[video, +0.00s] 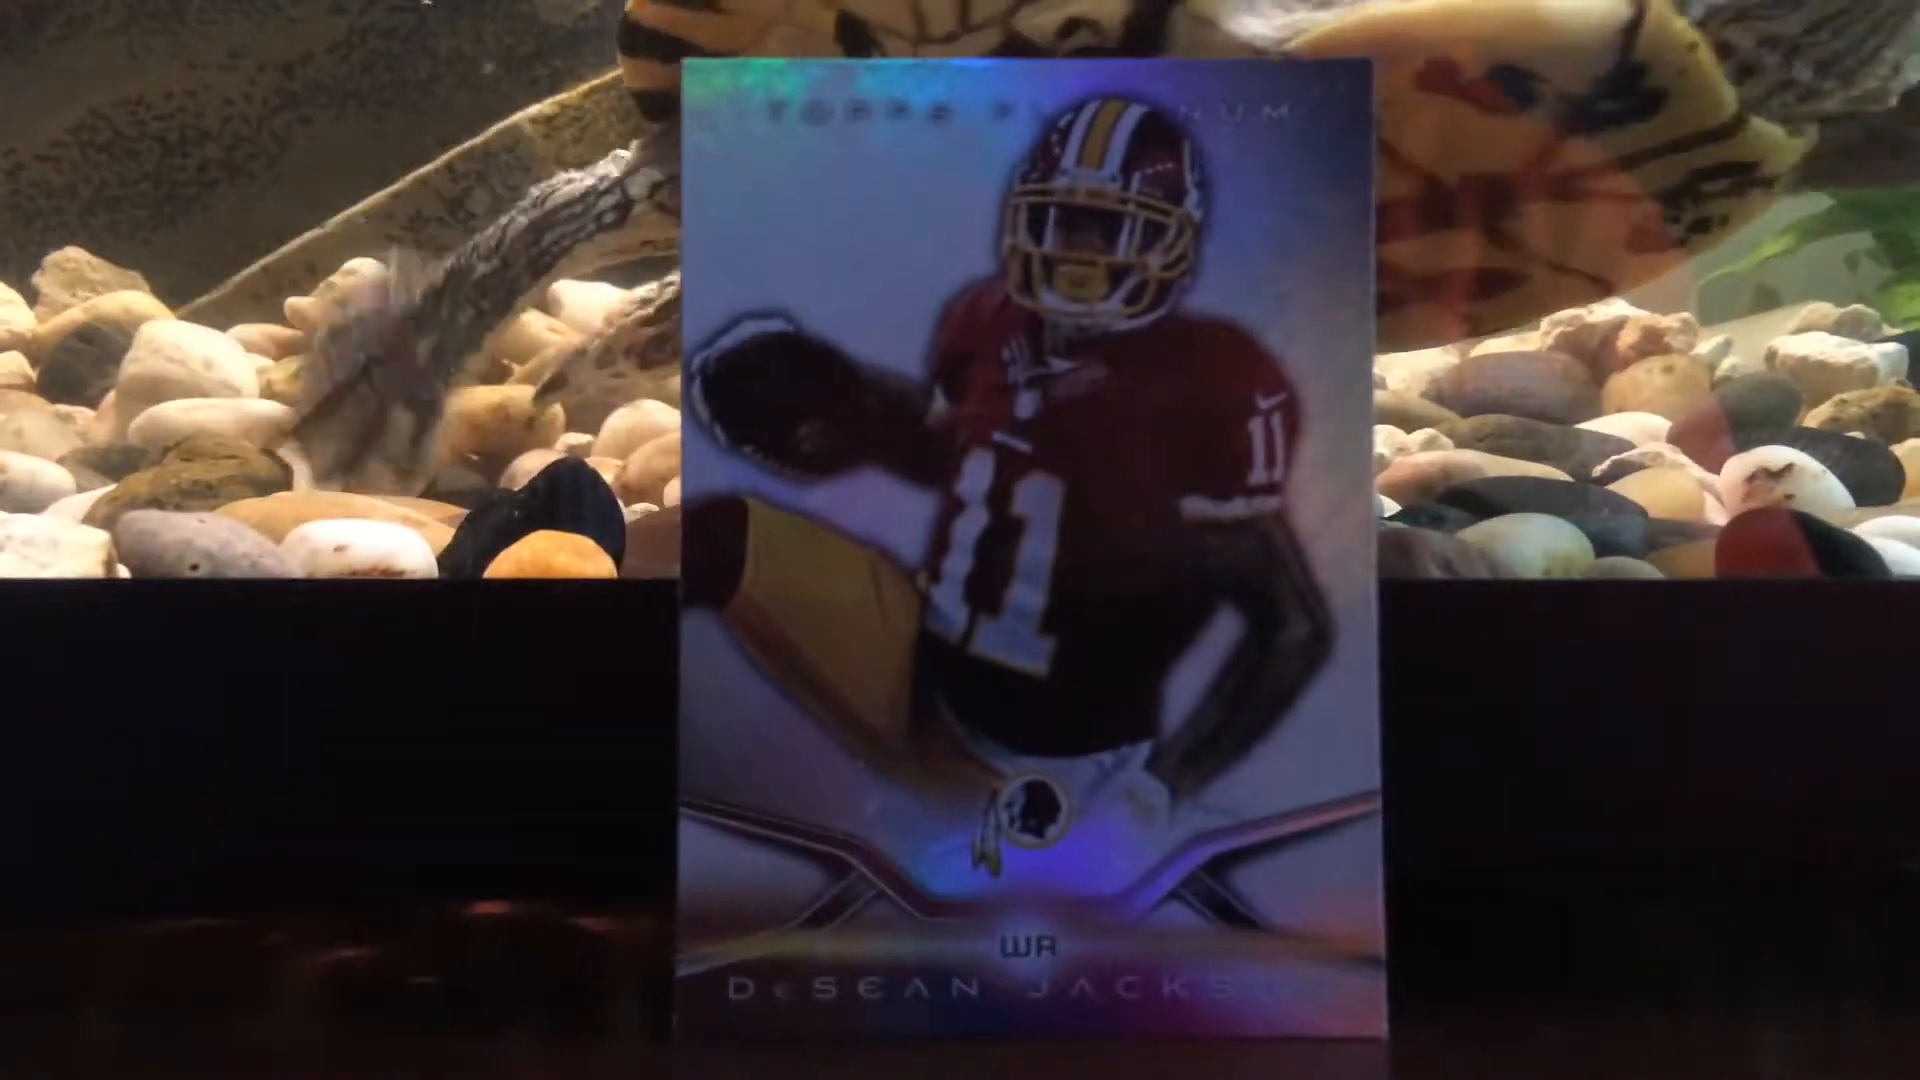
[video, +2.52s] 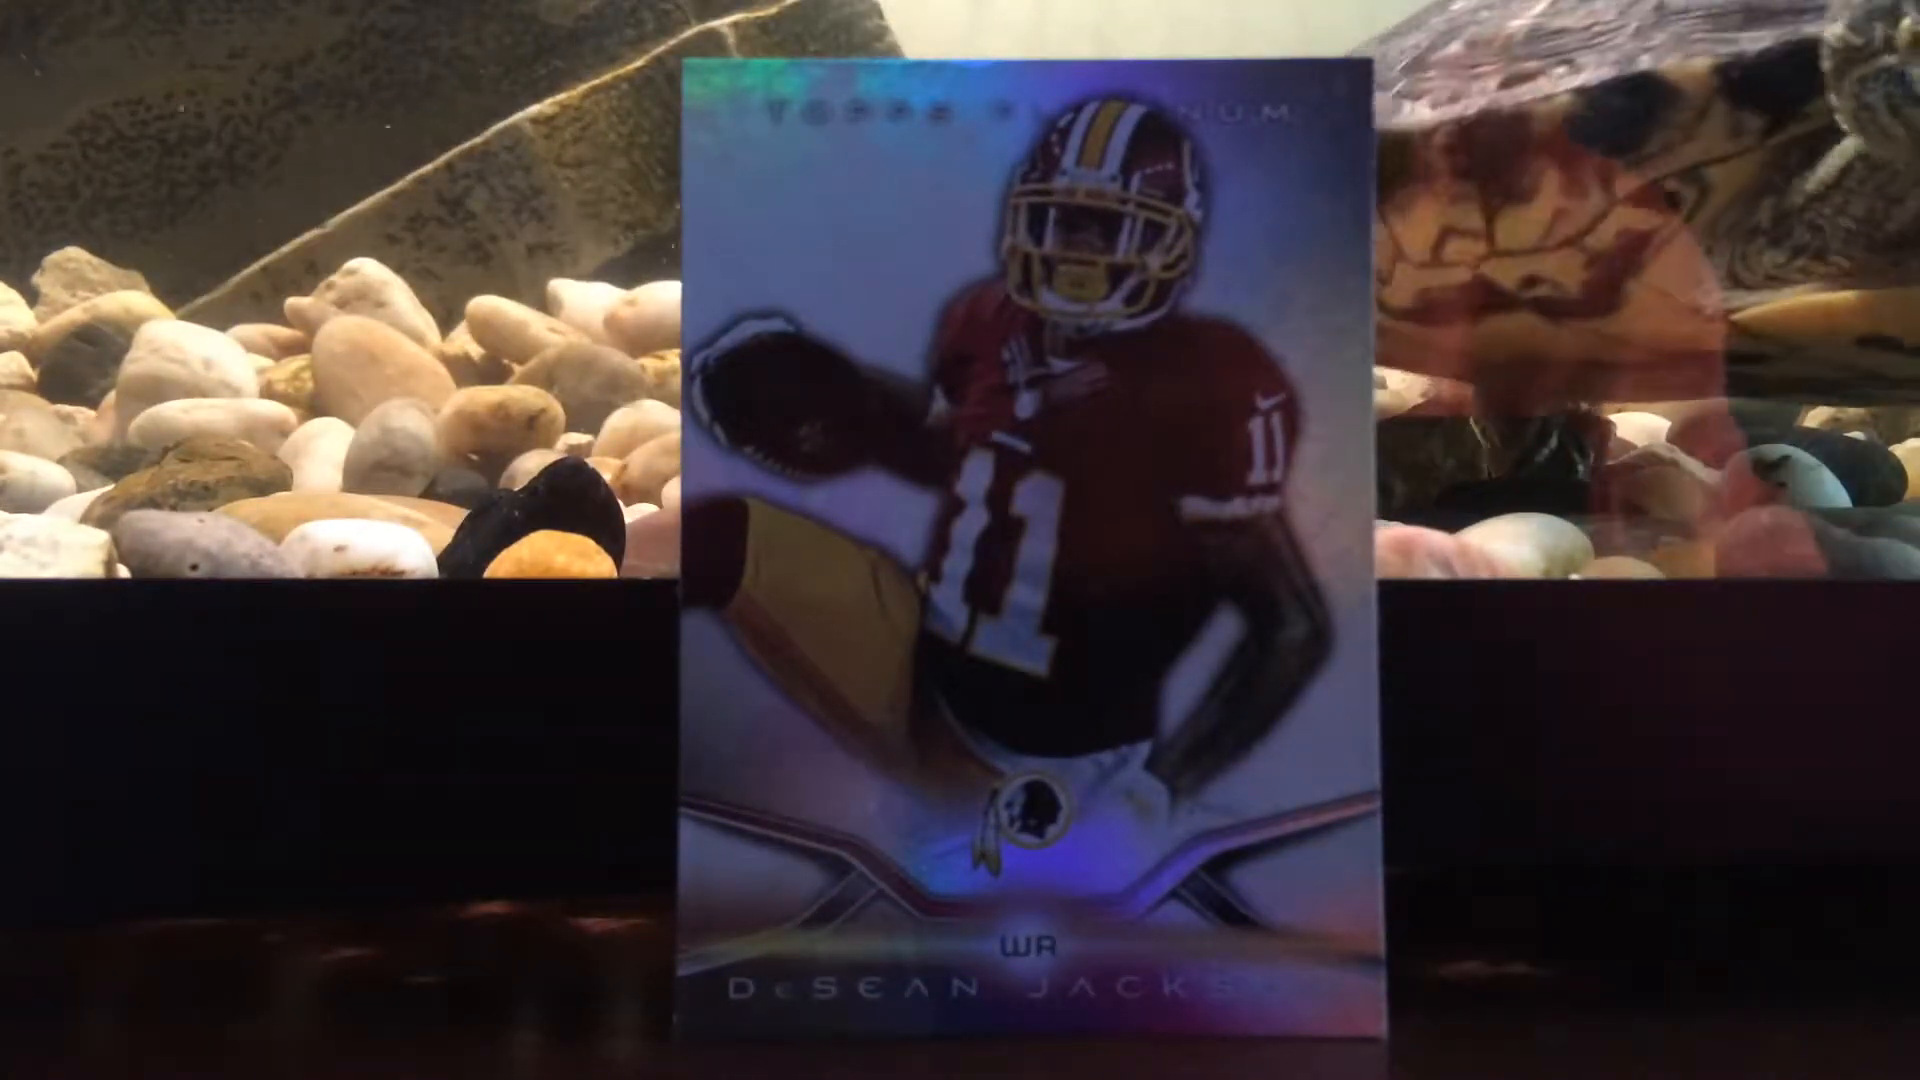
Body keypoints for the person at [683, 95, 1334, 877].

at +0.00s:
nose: (1077, 255)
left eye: (1112, 231)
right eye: (1057, 222)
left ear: (1175, 247)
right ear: (1019, 227)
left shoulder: (1218, 385)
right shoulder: (980, 324)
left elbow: (1295, 628)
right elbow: (957, 460)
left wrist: (1156, 791)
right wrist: (858, 414)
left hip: (1081, 754)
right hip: (932, 690)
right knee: (714, 539)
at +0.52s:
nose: (1078, 259)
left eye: (1112, 232)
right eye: (1059, 224)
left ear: (1174, 246)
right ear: (1020, 226)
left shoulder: (1217, 386)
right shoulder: (980, 325)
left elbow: (1295, 629)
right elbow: (957, 458)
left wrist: (1157, 793)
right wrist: (852, 412)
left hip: (1076, 751)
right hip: (929, 678)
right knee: (716, 537)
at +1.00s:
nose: (1079, 253)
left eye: (1114, 229)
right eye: (1060, 221)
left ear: (1176, 246)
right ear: (1020, 225)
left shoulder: (1217, 385)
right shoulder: (979, 325)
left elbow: (1294, 629)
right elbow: (956, 459)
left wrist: (1155, 791)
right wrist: (856, 414)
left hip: (1081, 755)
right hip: (933, 692)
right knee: (718, 539)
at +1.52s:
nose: (1080, 250)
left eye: (1115, 227)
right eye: (1061, 219)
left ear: (1176, 244)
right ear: (1021, 223)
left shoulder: (1215, 385)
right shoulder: (980, 324)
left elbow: (1294, 630)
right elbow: (960, 459)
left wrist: (1154, 793)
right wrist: (856, 414)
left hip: (1081, 756)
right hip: (930, 683)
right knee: (711, 535)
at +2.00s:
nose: (1079, 253)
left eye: (1113, 229)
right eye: (1060, 221)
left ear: (1175, 244)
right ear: (1021, 225)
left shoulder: (1214, 384)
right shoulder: (980, 325)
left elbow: (1294, 629)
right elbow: (954, 457)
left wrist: (1155, 793)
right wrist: (851, 410)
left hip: (1077, 758)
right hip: (926, 681)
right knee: (714, 536)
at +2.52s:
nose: (1077, 252)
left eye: (1112, 229)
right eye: (1058, 221)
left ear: (1174, 244)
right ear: (1020, 226)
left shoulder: (1216, 385)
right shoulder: (980, 325)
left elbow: (1294, 629)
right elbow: (955, 456)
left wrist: (1156, 791)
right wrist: (850, 409)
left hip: (1082, 756)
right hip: (928, 682)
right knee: (711, 536)